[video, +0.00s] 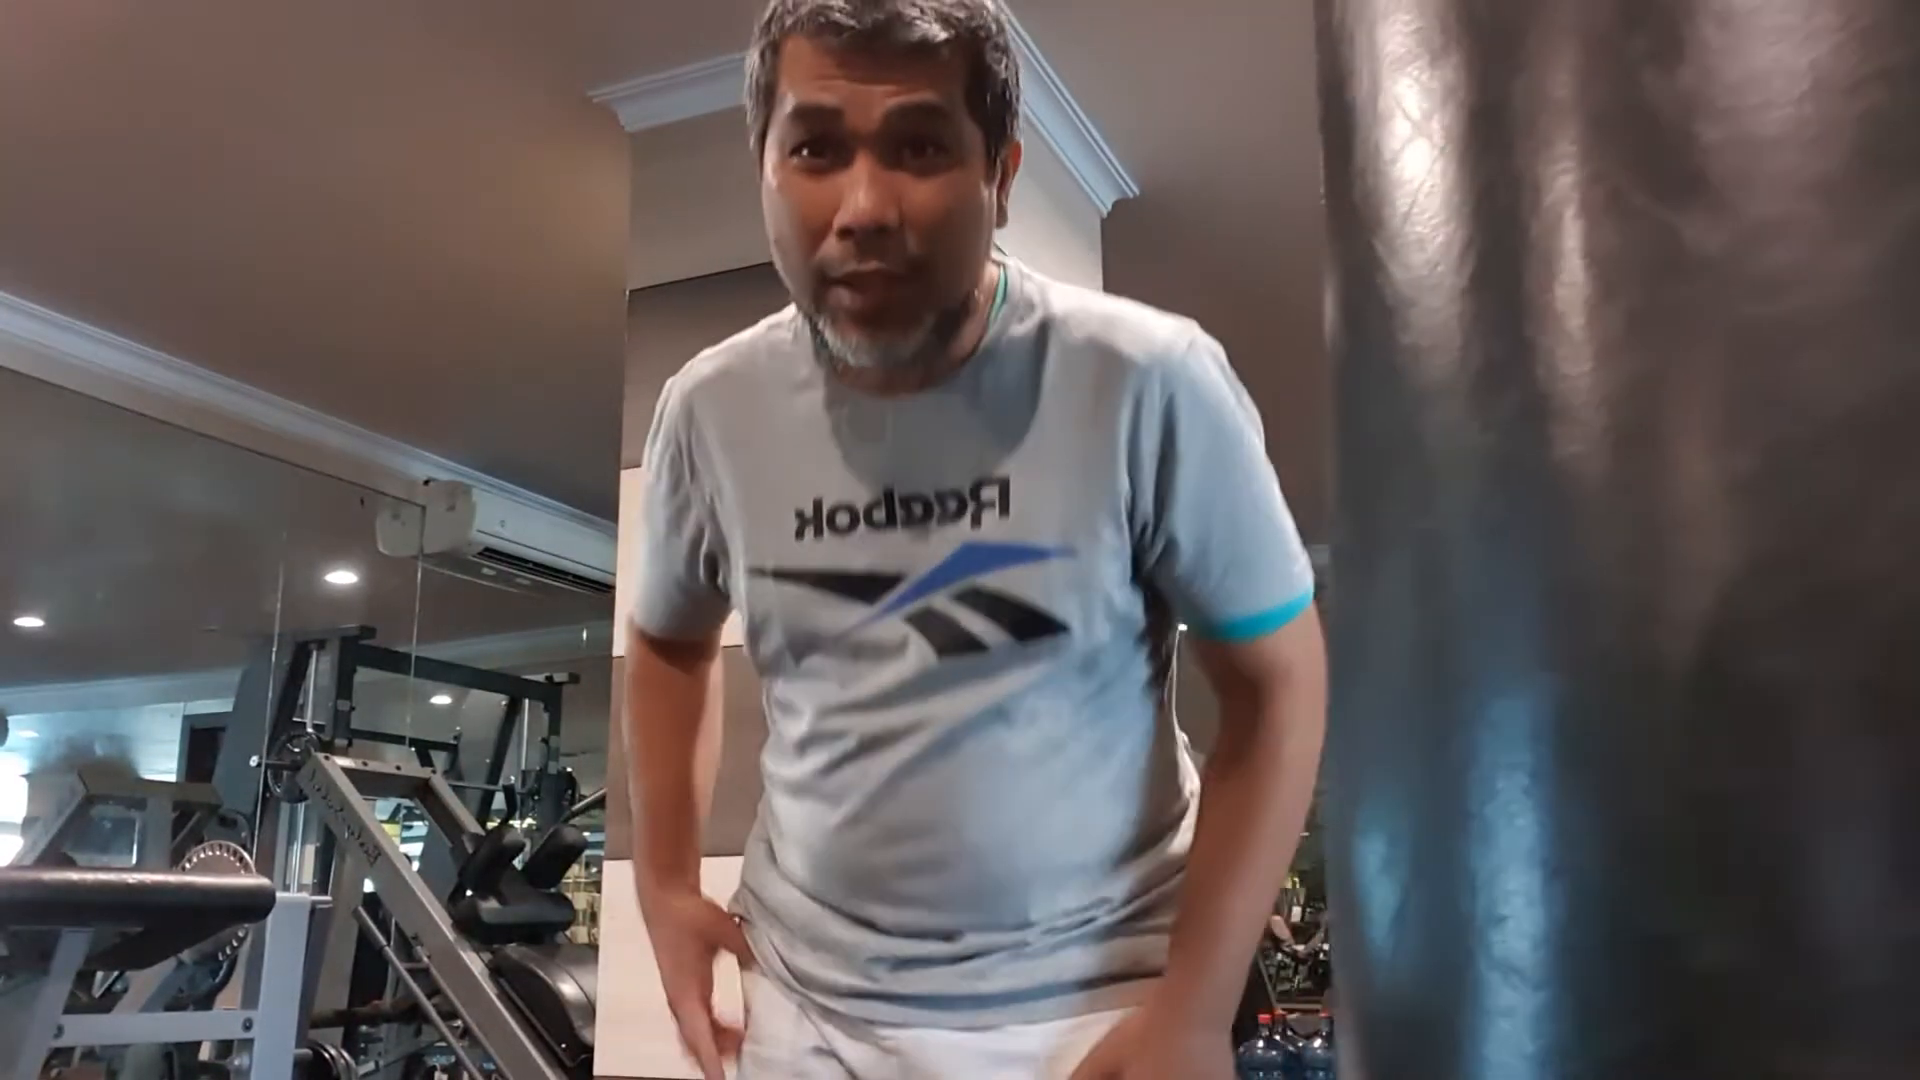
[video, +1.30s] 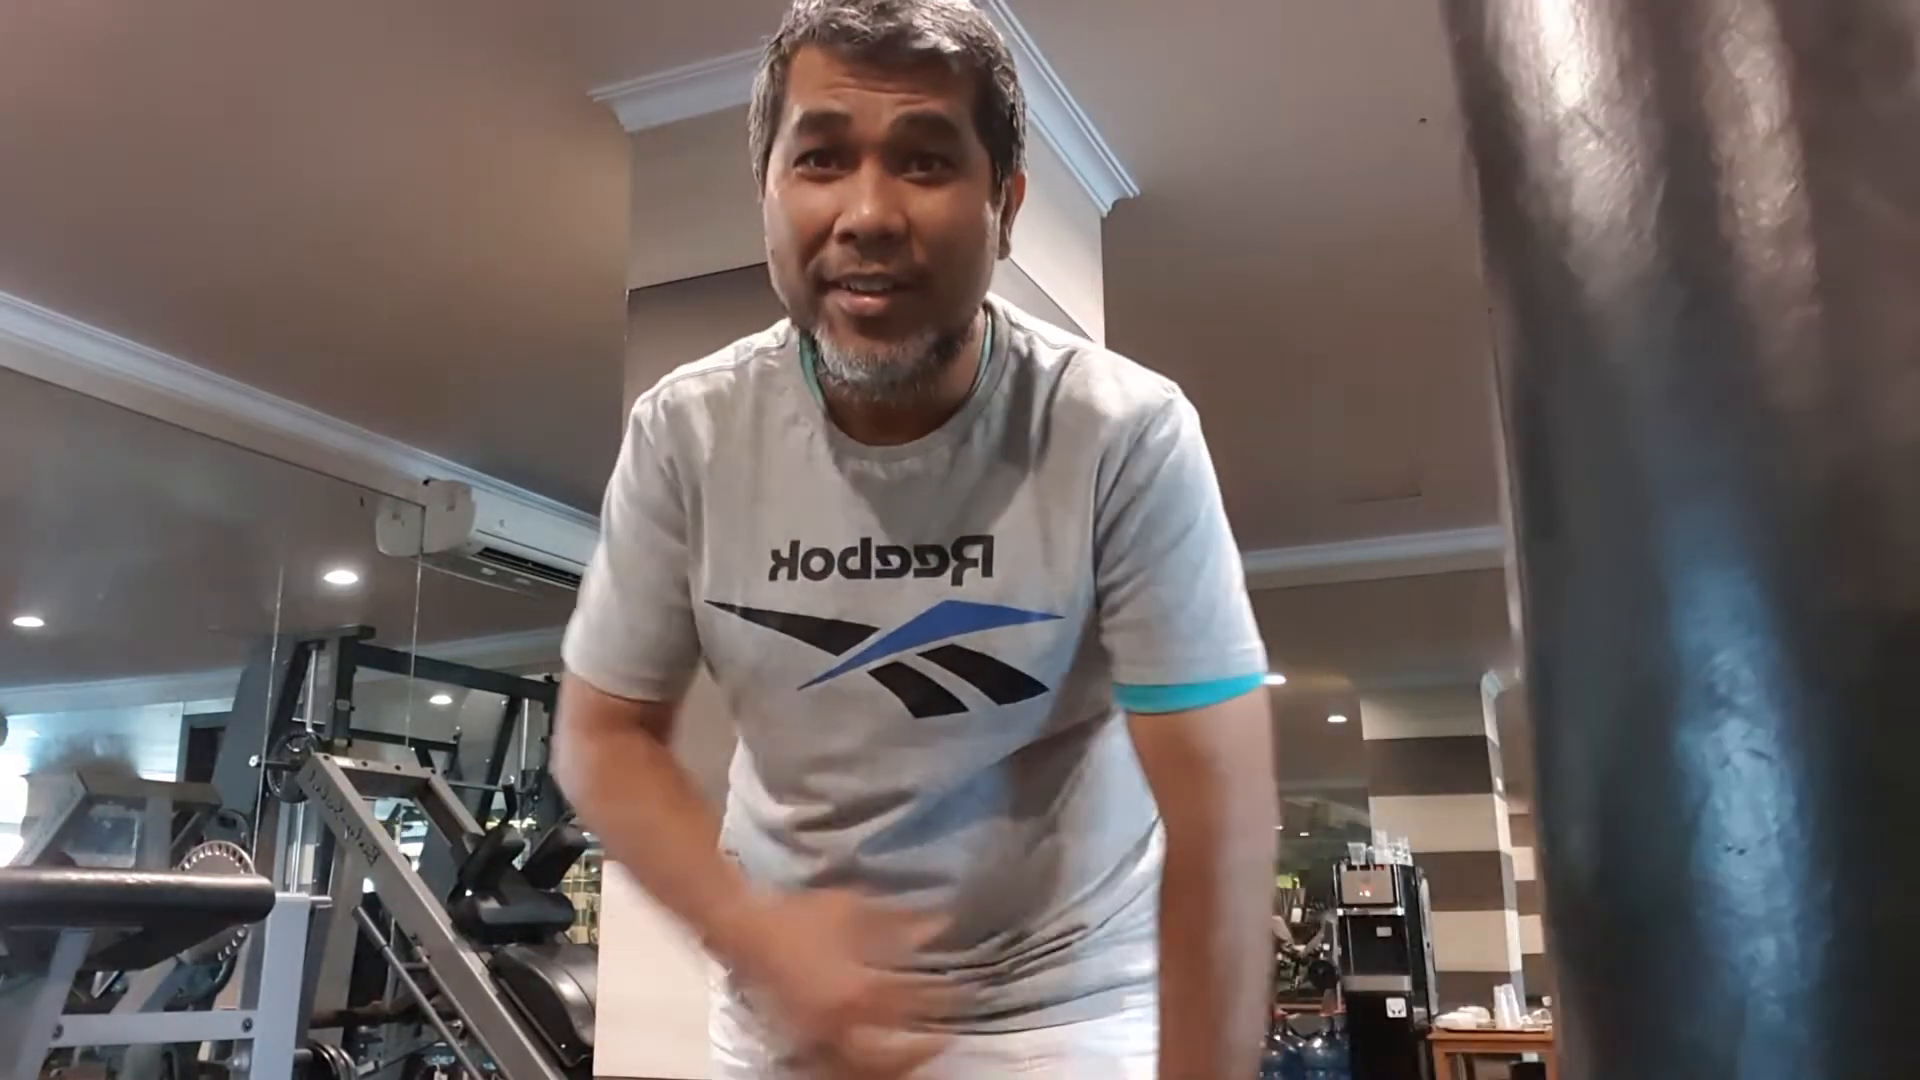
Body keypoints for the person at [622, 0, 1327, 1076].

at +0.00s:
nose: (864, 210)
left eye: (920, 152)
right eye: (818, 151)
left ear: (1002, 170)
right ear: (761, 167)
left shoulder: (1153, 382)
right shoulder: (710, 413)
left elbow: (1279, 683)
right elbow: (666, 644)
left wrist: (1195, 1008)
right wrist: (667, 887)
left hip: (1092, 1013)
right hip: (809, 1009)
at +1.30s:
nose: (869, 214)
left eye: (925, 162)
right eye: (821, 159)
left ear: (1005, 204)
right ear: (765, 197)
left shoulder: (1125, 439)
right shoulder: (686, 437)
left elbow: (1223, 815)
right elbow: (603, 733)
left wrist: (1204, 1067)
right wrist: (760, 936)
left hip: (1063, 1000)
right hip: (792, 991)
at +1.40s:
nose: (867, 211)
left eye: (923, 160)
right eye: (819, 157)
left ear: (1003, 203)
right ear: (763, 193)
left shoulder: (1121, 438)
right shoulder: (687, 433)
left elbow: (1178, 850)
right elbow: (652, 780)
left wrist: (1170, 1072)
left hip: (1050, 1026)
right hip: (777, 1015)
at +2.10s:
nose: (846, 205)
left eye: (905, 154)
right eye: (799, 148)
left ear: (985, 202)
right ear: (744, 187)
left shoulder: (1098, 435)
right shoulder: (673, 399)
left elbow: (1156, 822)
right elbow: (679, 745)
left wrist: (1134, 1073)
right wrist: (979, 662)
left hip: (1022, 1026)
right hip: (754, 1012)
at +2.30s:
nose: (842, 209)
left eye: (898, 158)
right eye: (796, 155)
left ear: (979, 201)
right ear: (737, 187)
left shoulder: (1090, 434)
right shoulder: (671, 403)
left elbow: (1218, 800)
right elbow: (676, 745)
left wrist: (1035, 1058)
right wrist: (960, 628)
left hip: (1048, 1025)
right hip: (763, 1019)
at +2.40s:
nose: (842, 214)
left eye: (900, 161)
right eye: (796, 159)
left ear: (980, 204)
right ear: (736, 190)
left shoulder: (1089, 431)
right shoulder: (671, 407)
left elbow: (1235, 792)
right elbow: (675, 746)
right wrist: (965, 635)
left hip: (1053, 1017)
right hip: (767, 1017)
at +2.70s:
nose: (803, 206)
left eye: (852, 152)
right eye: (749, 162)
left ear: (931, 195)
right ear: (691, 215)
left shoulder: (1067, 422)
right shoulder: (657, 432)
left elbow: (1202, 784)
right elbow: (676, 781)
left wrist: (920, 975)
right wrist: (941, 658)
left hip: (1054, 1004)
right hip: (770, 1002)